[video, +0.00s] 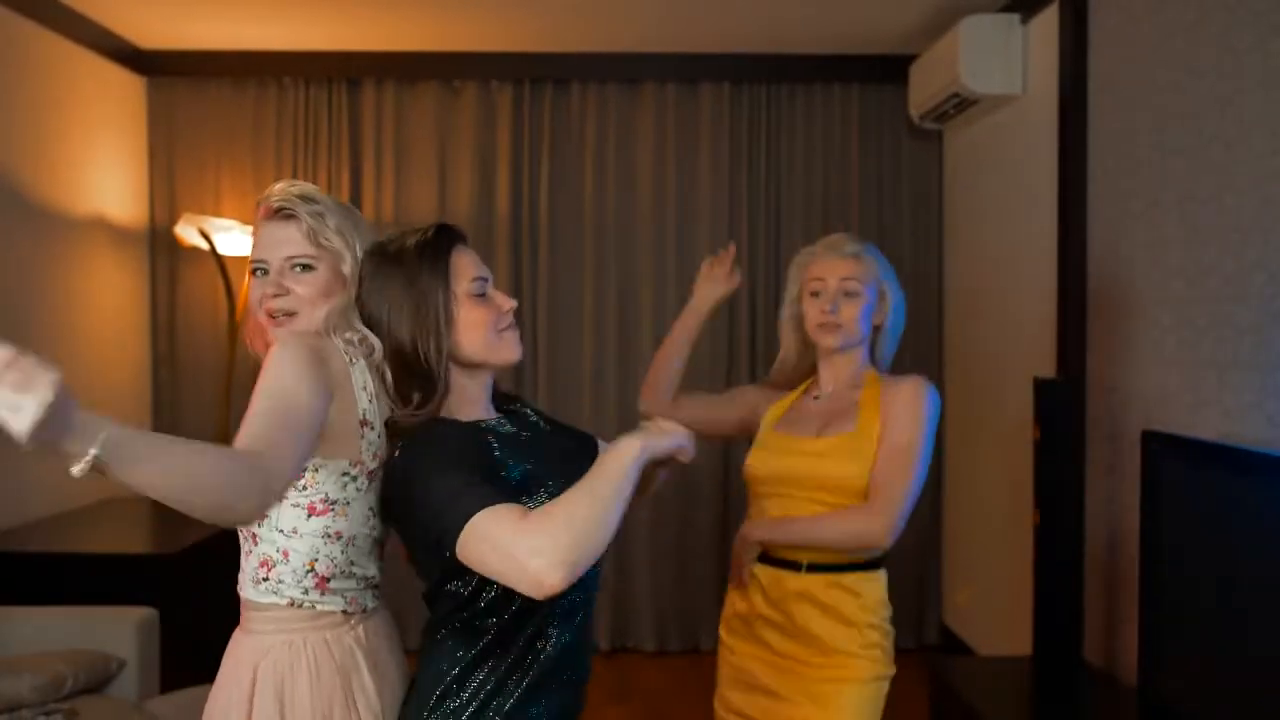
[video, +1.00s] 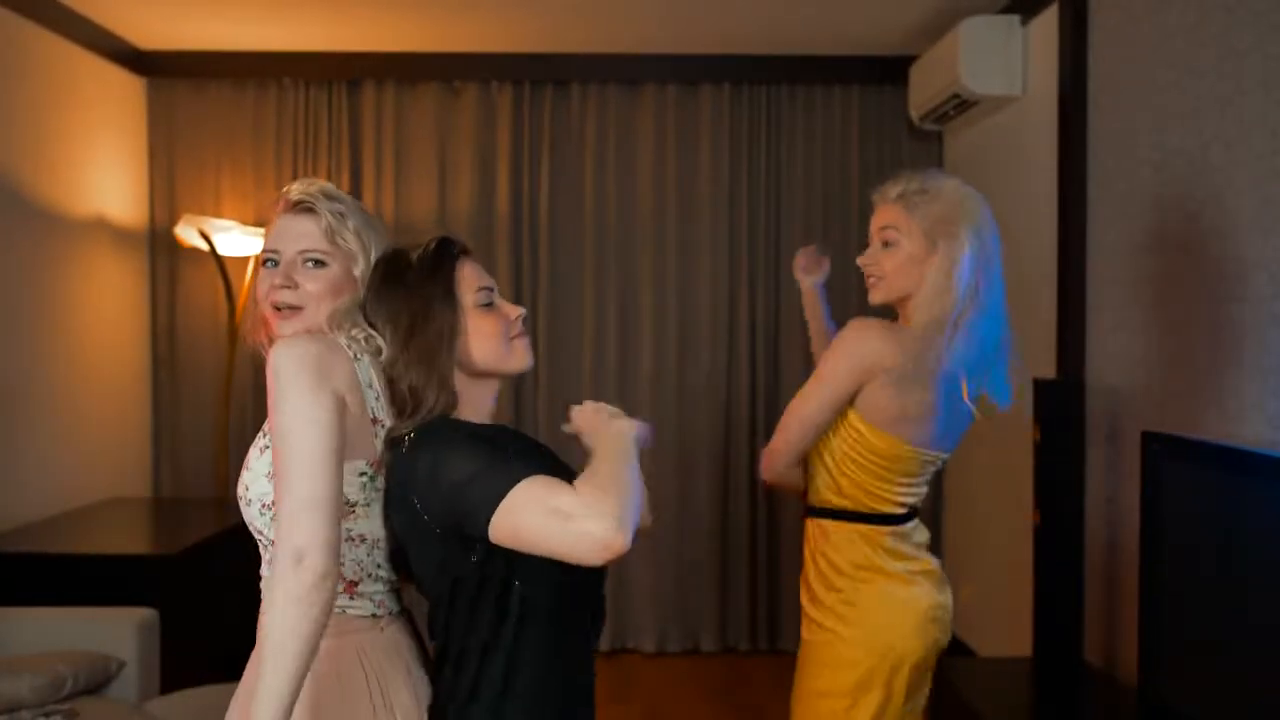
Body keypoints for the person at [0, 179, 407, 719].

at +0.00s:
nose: (275, 287)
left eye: (303, 267)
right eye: (262, 269)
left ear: (354, 280)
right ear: (249, 279)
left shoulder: (305, 356)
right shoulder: (364, 362)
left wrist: (77, 429)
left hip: (295, 654)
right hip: (359, 640)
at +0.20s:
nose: (277, 288)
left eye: (305, 269)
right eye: (265, 271)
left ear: (355, 283)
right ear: (252, 282)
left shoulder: (301, 365)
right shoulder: (370, 368)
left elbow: (227, 478)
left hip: (298, 660)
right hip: (368, 645)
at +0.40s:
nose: (275, 309)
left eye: (305, 291)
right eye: (265, 289)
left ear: (356, 306)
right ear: (252, 303)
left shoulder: (310, 413)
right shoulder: (363, 407)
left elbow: (273, 607)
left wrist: (176, 714)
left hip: (306, 674)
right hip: (362, 659)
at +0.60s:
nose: (272, 310)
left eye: (302, 293)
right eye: (261, 292)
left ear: (351, 309)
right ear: (248, 304)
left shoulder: (297, 408)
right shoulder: (361, 403)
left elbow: (315, 623)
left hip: (315, 688)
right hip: (366, 678)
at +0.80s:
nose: (276, 285)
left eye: (306, 268)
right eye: (265, 267)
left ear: (358, 286)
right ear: (252, 284)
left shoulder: (295, 373)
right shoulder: (372, 373)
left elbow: (321, 586)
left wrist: (283, 711)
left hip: (308, 668)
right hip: (377, 650)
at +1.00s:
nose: (283, 279)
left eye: (313, 262)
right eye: (271, 261)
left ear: (363, 279)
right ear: (258, 274)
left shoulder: (304, 358)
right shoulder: (371, 361)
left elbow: (308, 566)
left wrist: (259, 710)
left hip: (327, 660)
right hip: (385, 643)